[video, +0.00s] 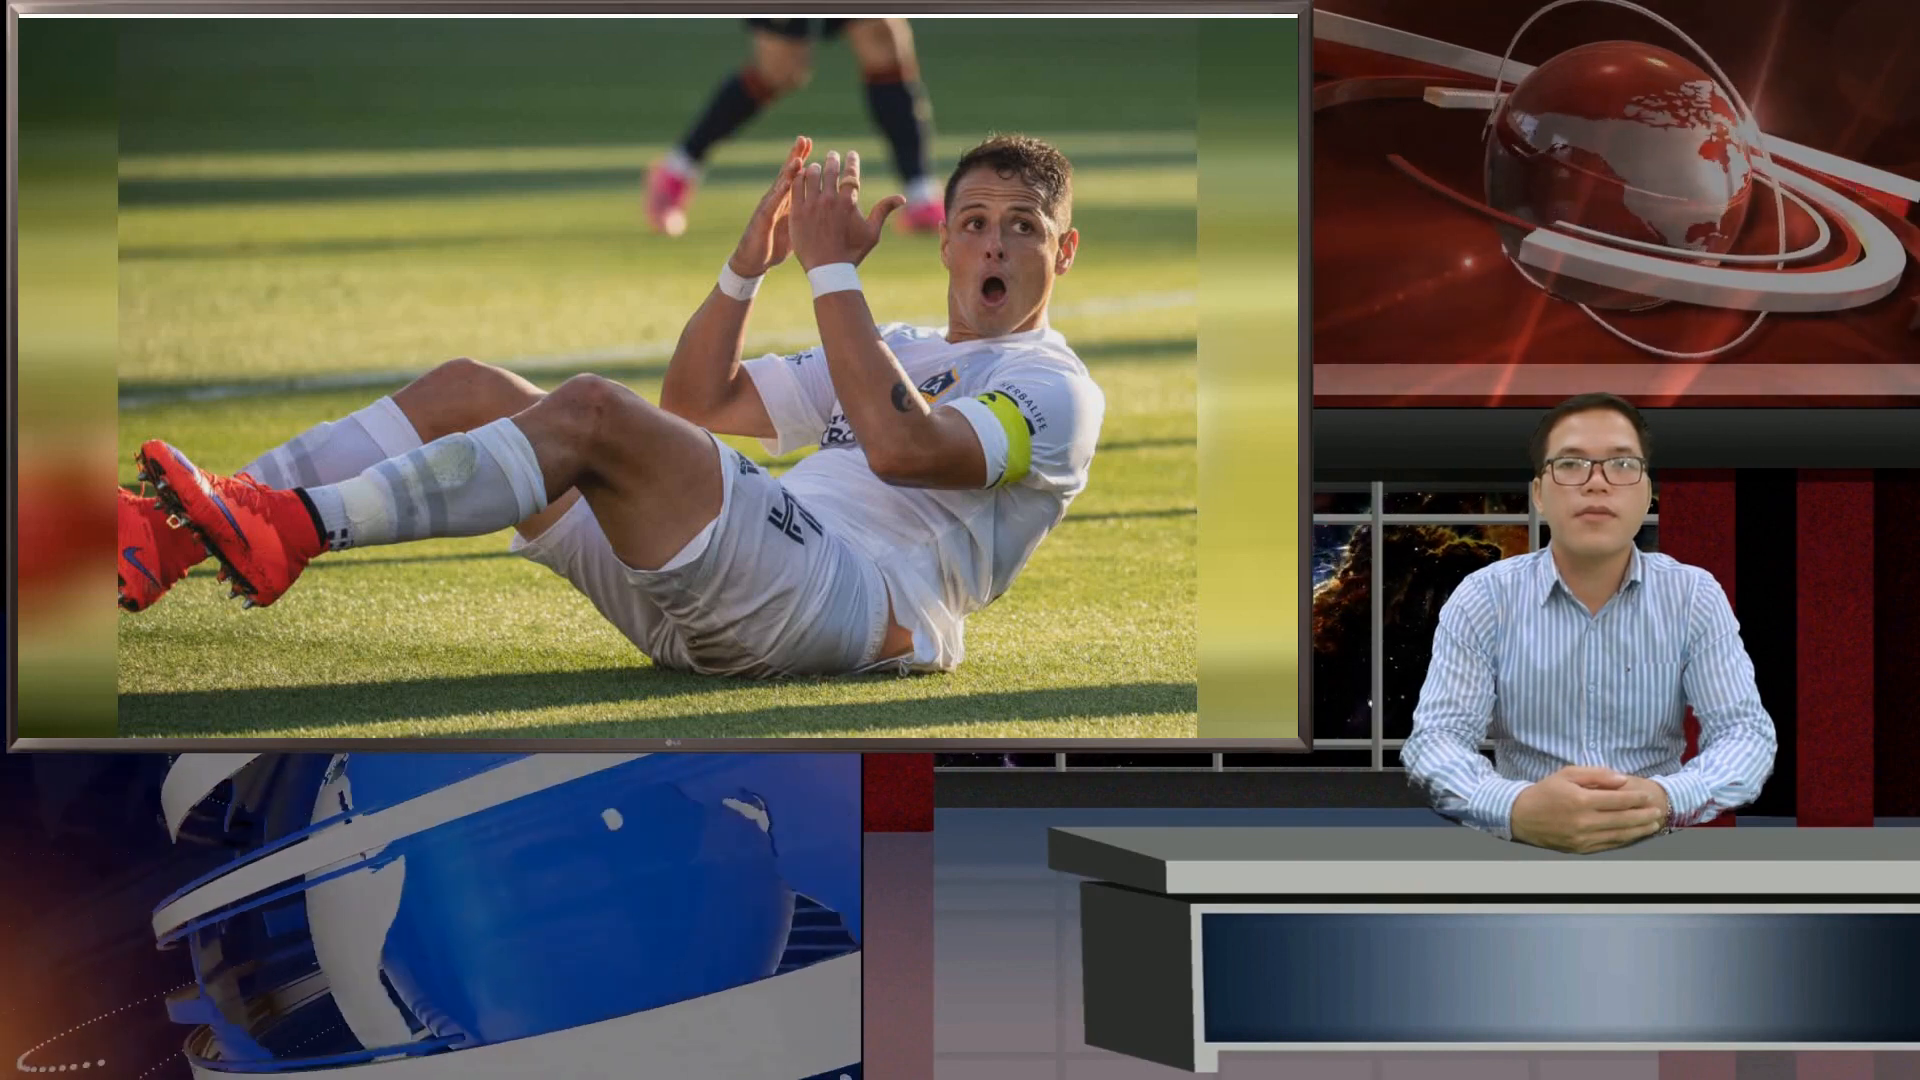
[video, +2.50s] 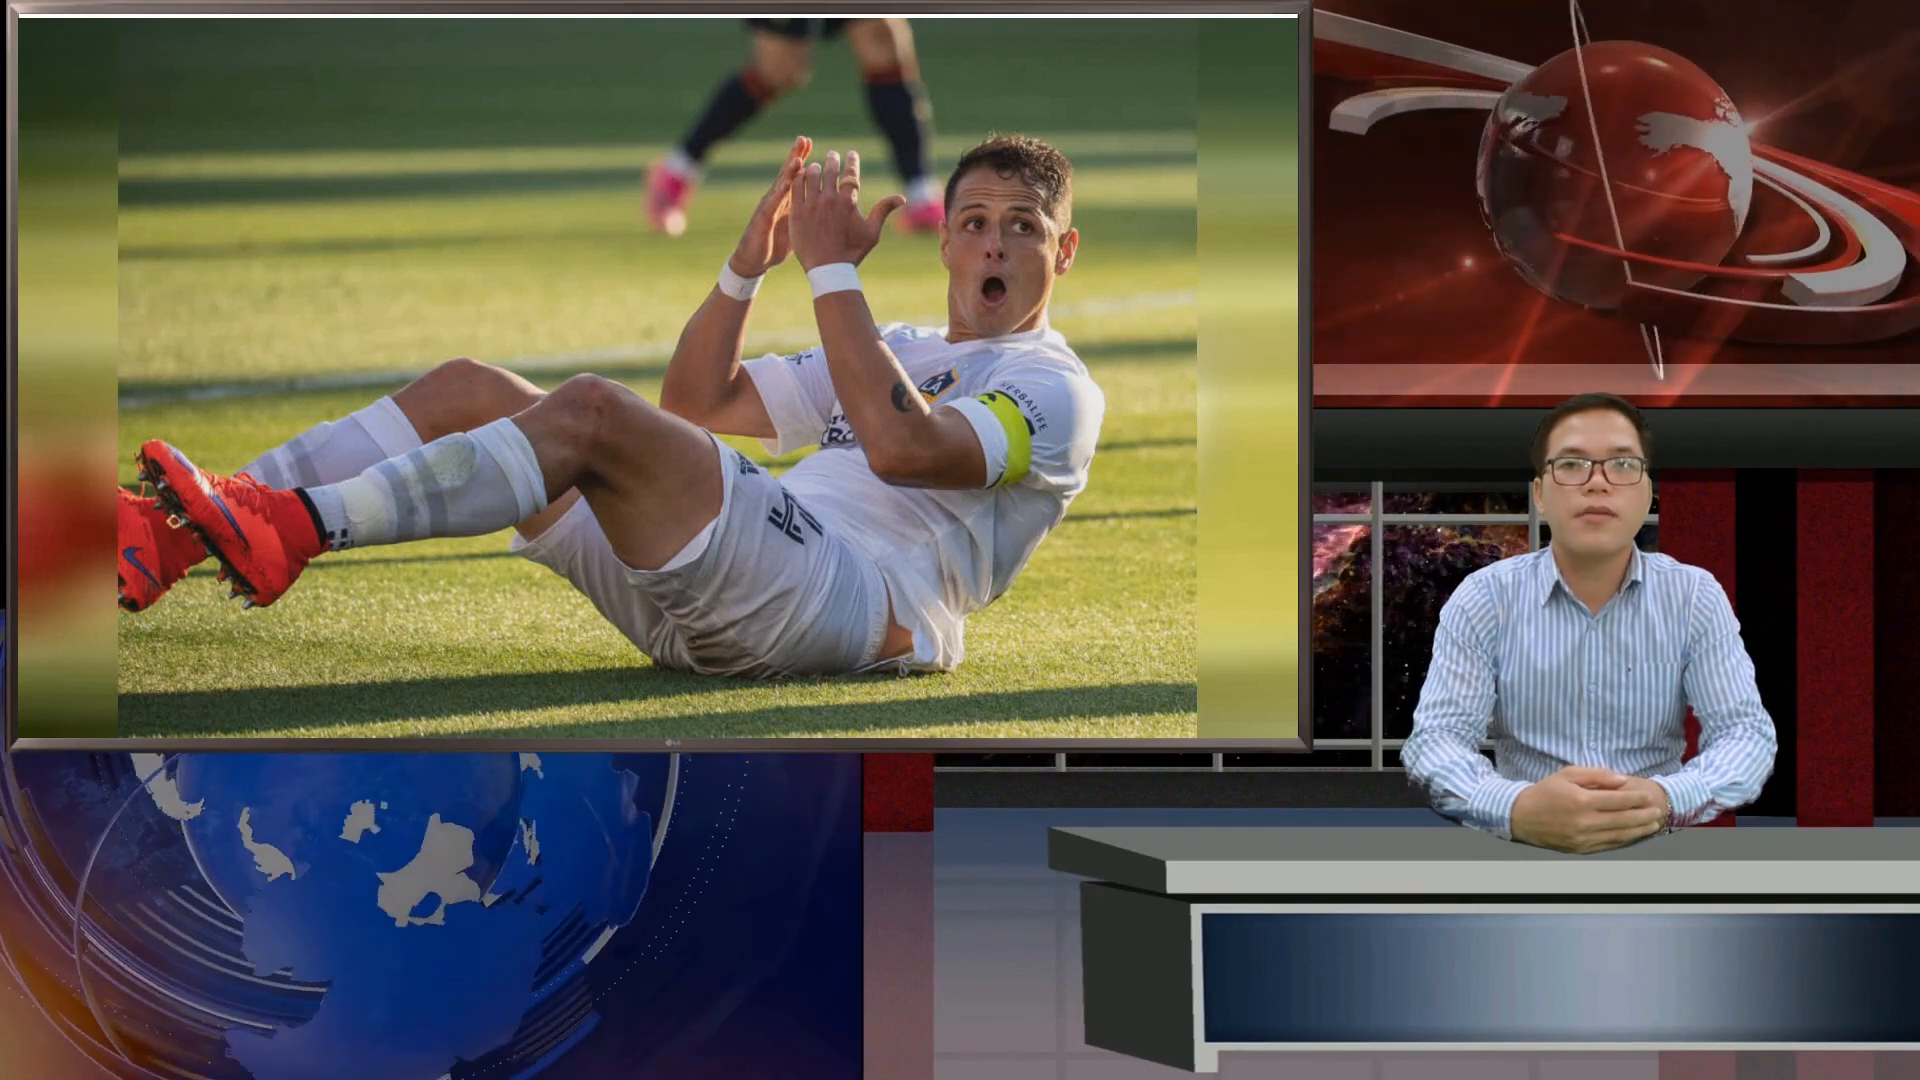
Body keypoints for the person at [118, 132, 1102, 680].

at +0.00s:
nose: (996, 246)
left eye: (1023, 230)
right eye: (977, 223)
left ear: (1065, 257)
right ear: (943, 241)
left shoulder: (1056, 389)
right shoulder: (892, 358)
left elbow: (901, 446)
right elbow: (695, 406)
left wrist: (833, 268)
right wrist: (746, 270)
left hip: (839, 603)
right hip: (731, 572)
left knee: (593, 413)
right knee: (467, 389)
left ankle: (299, 524)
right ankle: (180, 538)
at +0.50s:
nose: (995, 246)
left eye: (1022, 230)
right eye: (975, 224)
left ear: (1065, 257)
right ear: (942, 242)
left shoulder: (1054, 389)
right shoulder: (893, 358)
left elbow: (901, 447)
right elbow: (695, 404)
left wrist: (834, 270)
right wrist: (746, 270)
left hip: (842, 602)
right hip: (735, 572)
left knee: (592, 413)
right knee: (468, 389)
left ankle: (300, 524)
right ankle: (174, 542)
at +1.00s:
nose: (995, 246)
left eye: (1022, 230)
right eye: (975, 224)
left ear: (1065, 257)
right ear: (942, 242)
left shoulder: (1054, 389)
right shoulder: (893, 359)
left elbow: (901, 447)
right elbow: (695, 404)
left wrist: (833, 270)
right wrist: (746, 270)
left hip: (842, 602)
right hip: (734, 572)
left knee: (592, 413)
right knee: (468, 389)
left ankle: (300, 524)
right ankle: (174, 542)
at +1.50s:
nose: (995, 246)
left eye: (1022, 230)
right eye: (975, 224)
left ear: (1065, 257)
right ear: (942, 242)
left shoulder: (1054, 389)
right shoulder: (893, 359)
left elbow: (901, 447)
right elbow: (695, 404)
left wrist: (833, 270)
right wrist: (746, 270)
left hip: (842, 602)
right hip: (734, 572)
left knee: (592, 413)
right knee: (468, 389)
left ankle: (299, 524)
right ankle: (173, 542)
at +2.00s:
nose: (994, 246)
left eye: (1022, 230)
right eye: (975, 224)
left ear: (1065, 257)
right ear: (942, 242)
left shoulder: (1054, 389)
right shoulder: (893, 359)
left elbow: (901, 447)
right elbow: (695, 404)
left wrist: (833, 270)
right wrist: (746, 270)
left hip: (842, 603)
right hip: (734, 573)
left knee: (592, 413)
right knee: (468, 389)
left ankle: (300, 524)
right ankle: (173, 542)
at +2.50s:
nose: (994, 246)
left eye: (1022, 230)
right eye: (974, 224)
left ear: (1065, 257)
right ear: (942, 242)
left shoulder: (1055, 389)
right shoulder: (893, 358)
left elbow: (902, 447)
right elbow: (695, 404)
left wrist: (833, 270)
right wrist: (746, 270)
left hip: (841, 602)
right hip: (734, 572)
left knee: (592, 413)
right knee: (468, 389)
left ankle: (299, 524)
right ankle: (173, 542)